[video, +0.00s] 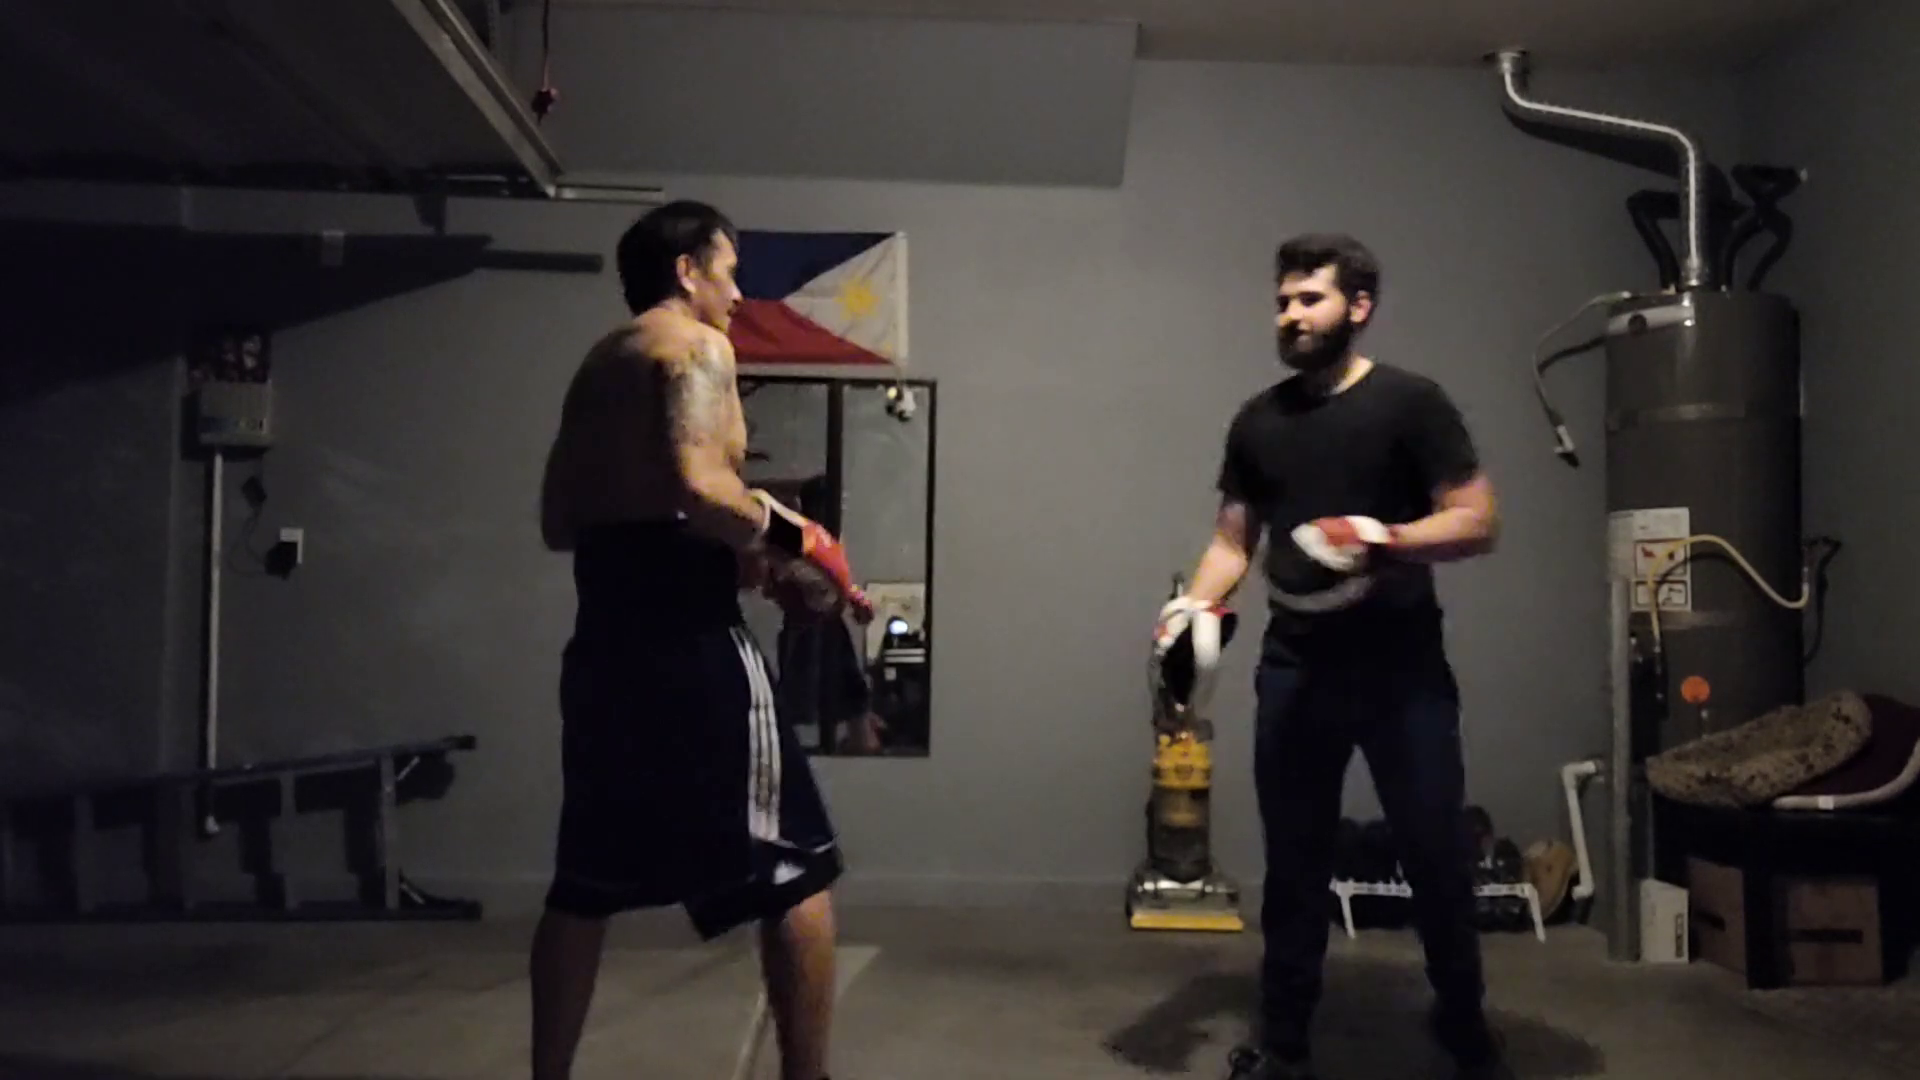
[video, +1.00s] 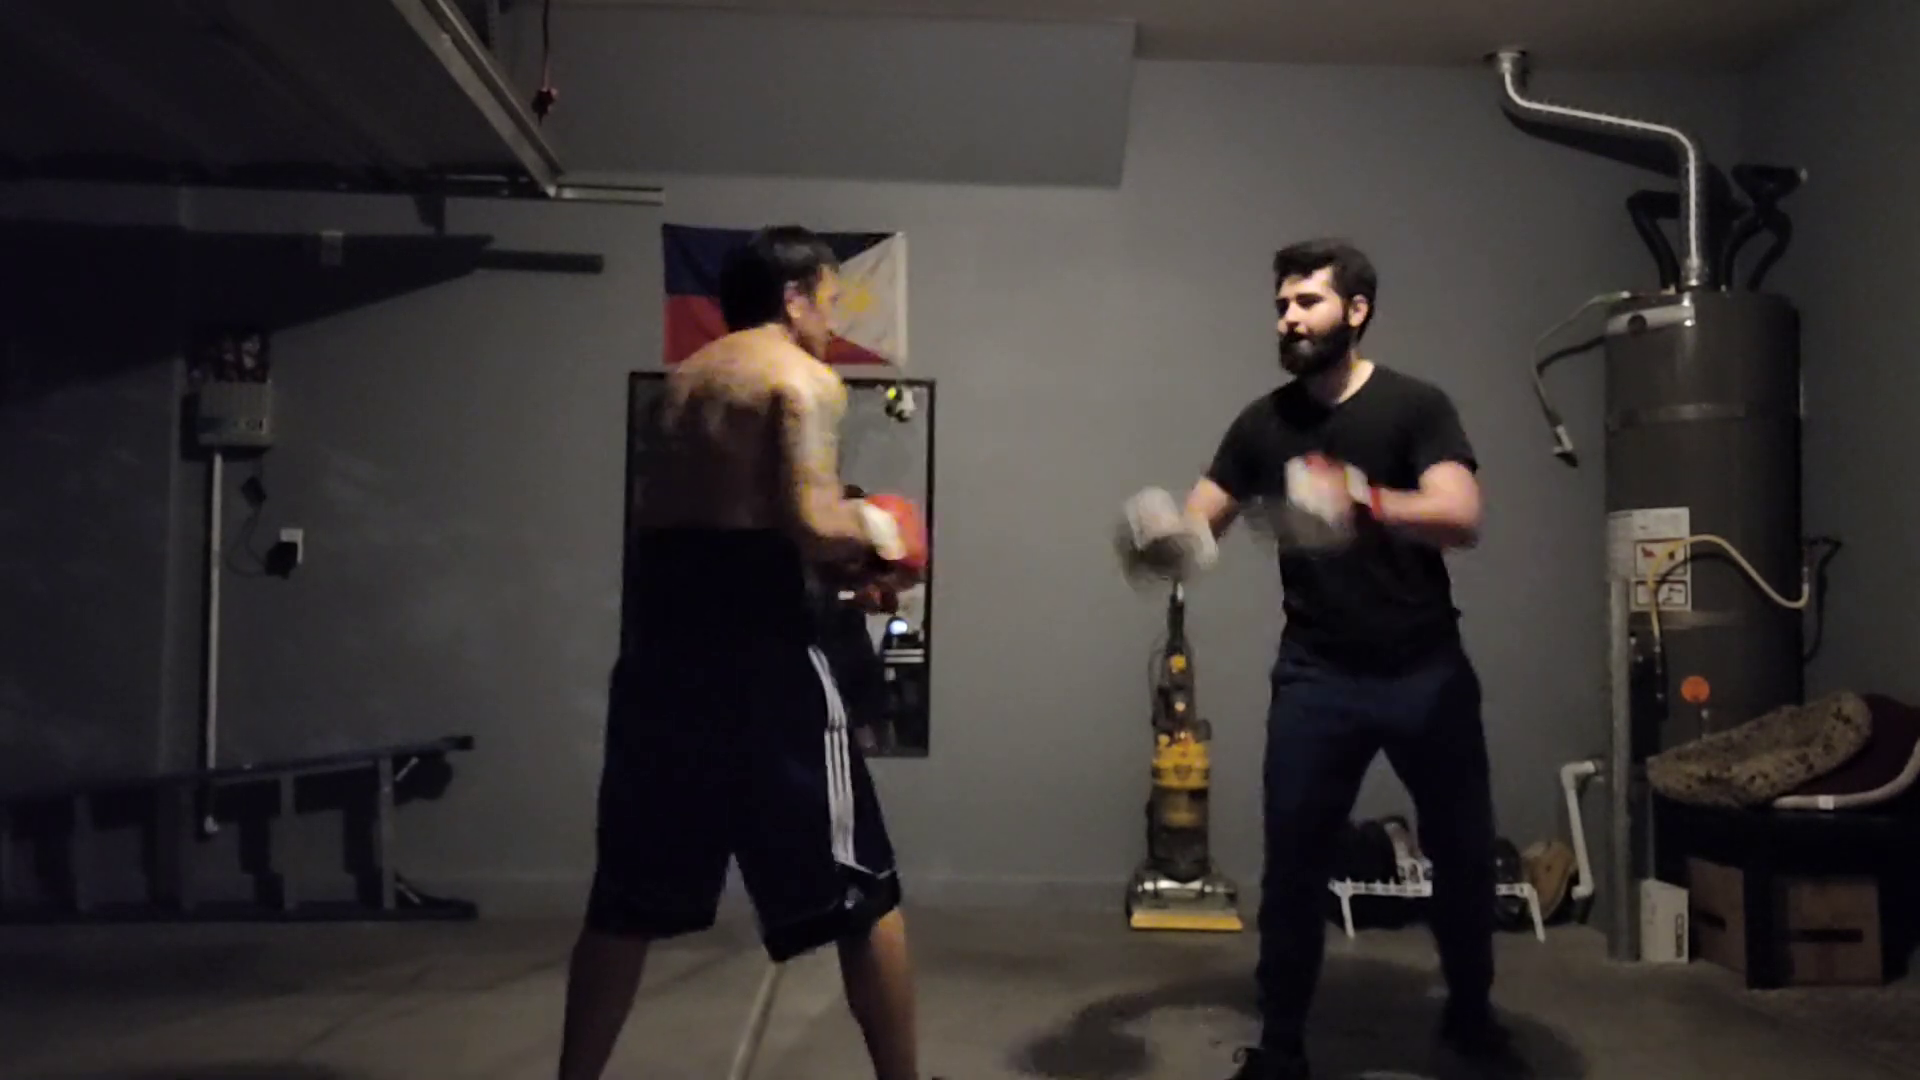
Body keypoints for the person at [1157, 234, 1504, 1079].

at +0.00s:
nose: (1293, 315)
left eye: (1311, 299)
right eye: (1285, 301)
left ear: (1359, 306)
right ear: (1277, 311)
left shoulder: (1413, 403)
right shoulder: (1260, 422)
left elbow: (1476, 522)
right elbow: (1233, 539)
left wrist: (1382, 536)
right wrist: (1194, 601)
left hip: (1402, 667)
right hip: (1298, 671)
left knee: (1437, 855)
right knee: (1293, 862)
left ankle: (1464, 1034)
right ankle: (1281, 1042)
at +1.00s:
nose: (1291, 316)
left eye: (1308, 301)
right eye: (1283, 304)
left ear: (1357, 311)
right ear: (1278, 317)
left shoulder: (1417, 407)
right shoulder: (1264, 424)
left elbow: (1461, 516)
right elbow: (1198, 524)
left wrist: (1363, 497)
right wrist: (1163, 540)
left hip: (1425, 677)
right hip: (1316, 679)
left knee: (1464, 858)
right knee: (1292, 864)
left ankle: (1469, 1023)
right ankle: (1280, 1044)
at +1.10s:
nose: (1306, 316)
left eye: (1323, 301)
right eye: (1297, 306)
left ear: (1371, 309)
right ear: (1290, 318)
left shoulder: (1420, 393)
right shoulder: (1277, 413)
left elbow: (1444, 469)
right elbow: (1176, 486)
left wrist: (1349, 400)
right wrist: (1149, 436)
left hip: (1426, 673)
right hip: (1319, 676)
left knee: (1463, 861)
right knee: (1294, 870)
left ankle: (1480, 1025)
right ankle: (1279, 1045)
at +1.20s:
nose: (1337, 320)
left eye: (1354, 303)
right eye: (1327, 309)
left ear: (1394, 310)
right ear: (1317, 323)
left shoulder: (1445, 392)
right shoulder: (1296, 411)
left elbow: (1435, 419)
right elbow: (1179, 431)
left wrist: (1376, 331)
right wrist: (1185, 353)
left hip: (1435, 673)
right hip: (1330, 676)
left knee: (1461, 864)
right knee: (1299, 860)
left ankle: (1480, 1034)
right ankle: (1281, 1043)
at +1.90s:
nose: (1296, 316)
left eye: (1315, 302)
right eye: (1286, 297)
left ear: (1346, 316)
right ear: (1262, 312)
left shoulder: (1382, 396)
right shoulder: (1241, 405)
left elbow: (1329, 429)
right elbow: (1125, 393)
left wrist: (1305, 334)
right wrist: (1134, 299)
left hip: (1375, 673)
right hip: (1270, 673)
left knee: (1421, 854)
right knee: (1227, 853)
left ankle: (1469, 1025)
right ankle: (1188, 1032)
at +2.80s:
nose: (1255, 354)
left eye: (1271, 339)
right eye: (1247, 341)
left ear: (1308, 341)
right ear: (1237, 346)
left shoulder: (1351, 415)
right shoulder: (1218, 422)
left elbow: (1307, 440)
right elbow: (1112, 426)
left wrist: (1299, 344)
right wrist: (1106, 351)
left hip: (1336, 679)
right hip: (1241, 676)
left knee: (1360, 847)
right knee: (1191, 836)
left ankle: (1396, 1006)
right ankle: (1143, 1013)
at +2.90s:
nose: (1237, 343)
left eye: (1253, 330)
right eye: (1228, 332)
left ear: (1296, 336)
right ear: (1218, 341)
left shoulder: (1327, 411)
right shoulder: (1207, 425)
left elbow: (1249, 426)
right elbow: (1100, 443)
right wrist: (1103, 363)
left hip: (1312, 678)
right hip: (1217, 678)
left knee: (1354, 847)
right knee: (1170, 842)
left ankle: (1395, 1008)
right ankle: (1143, 1014)